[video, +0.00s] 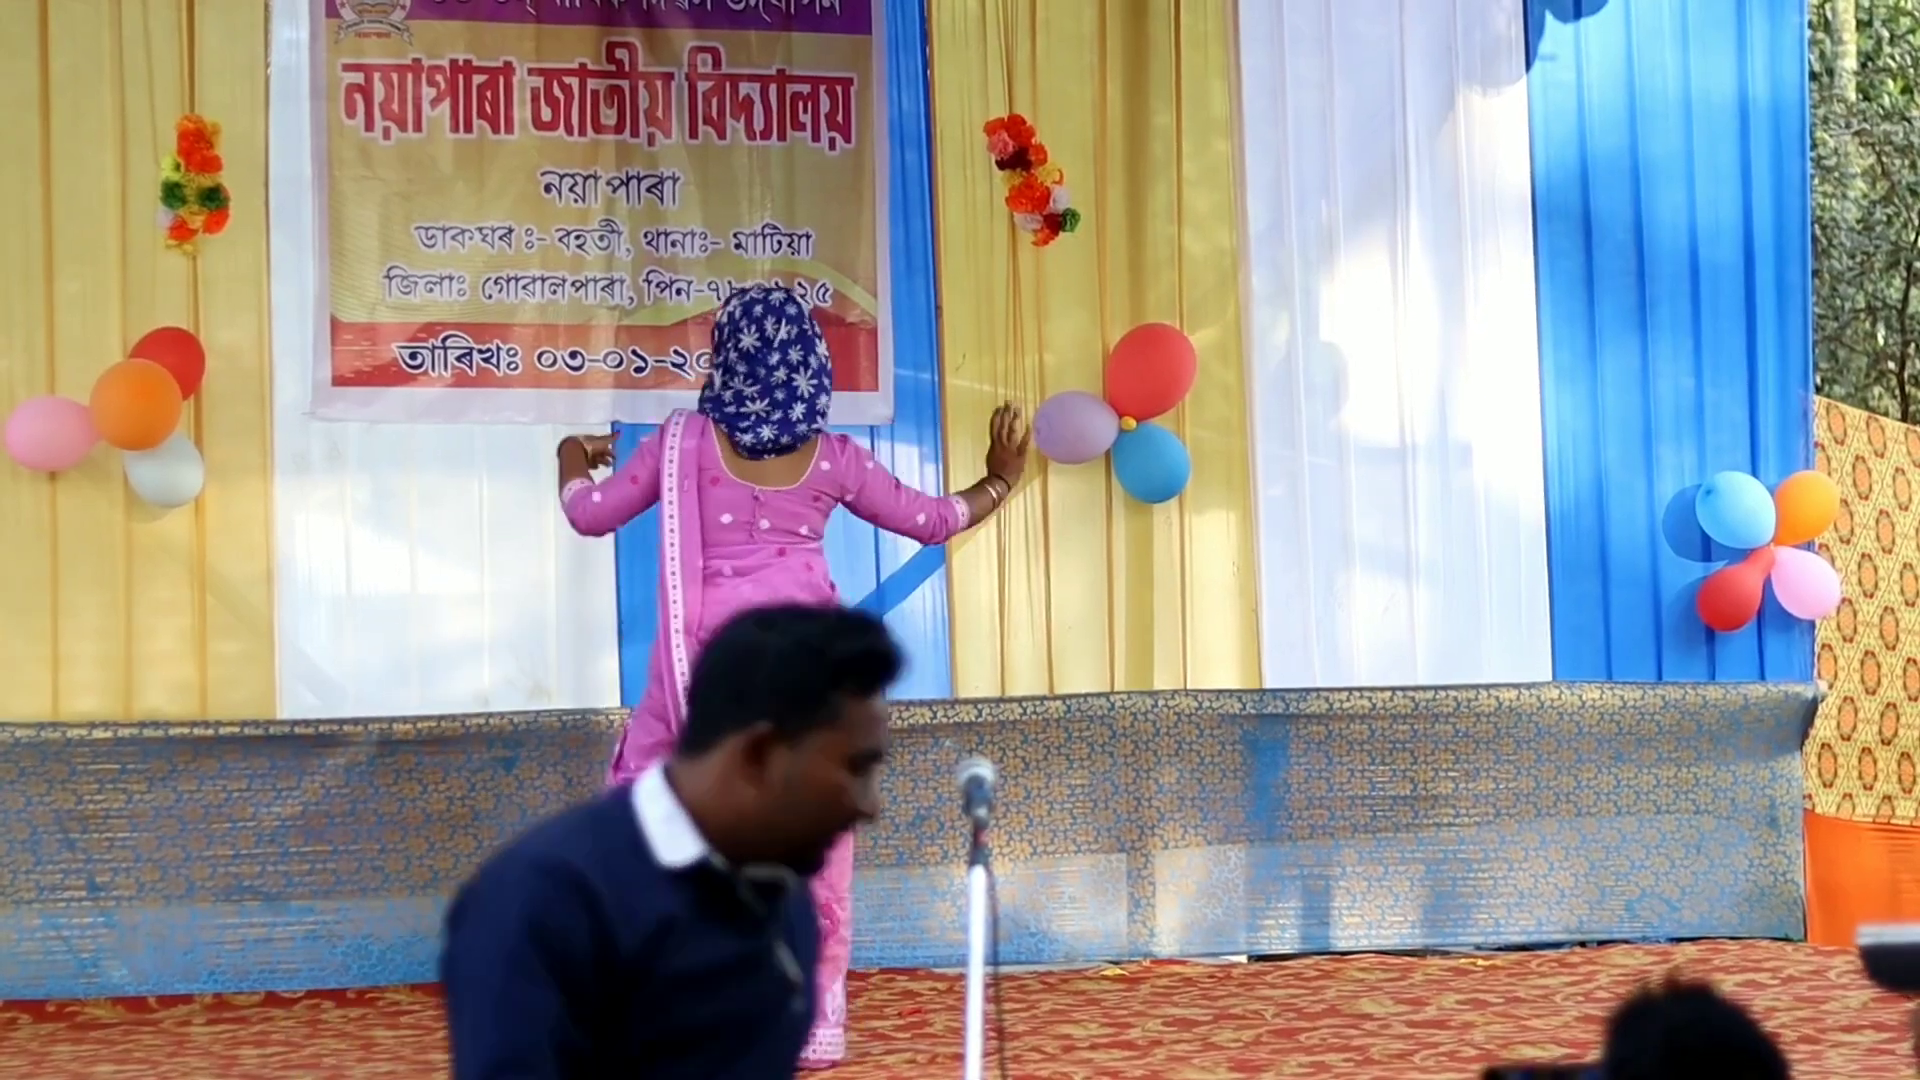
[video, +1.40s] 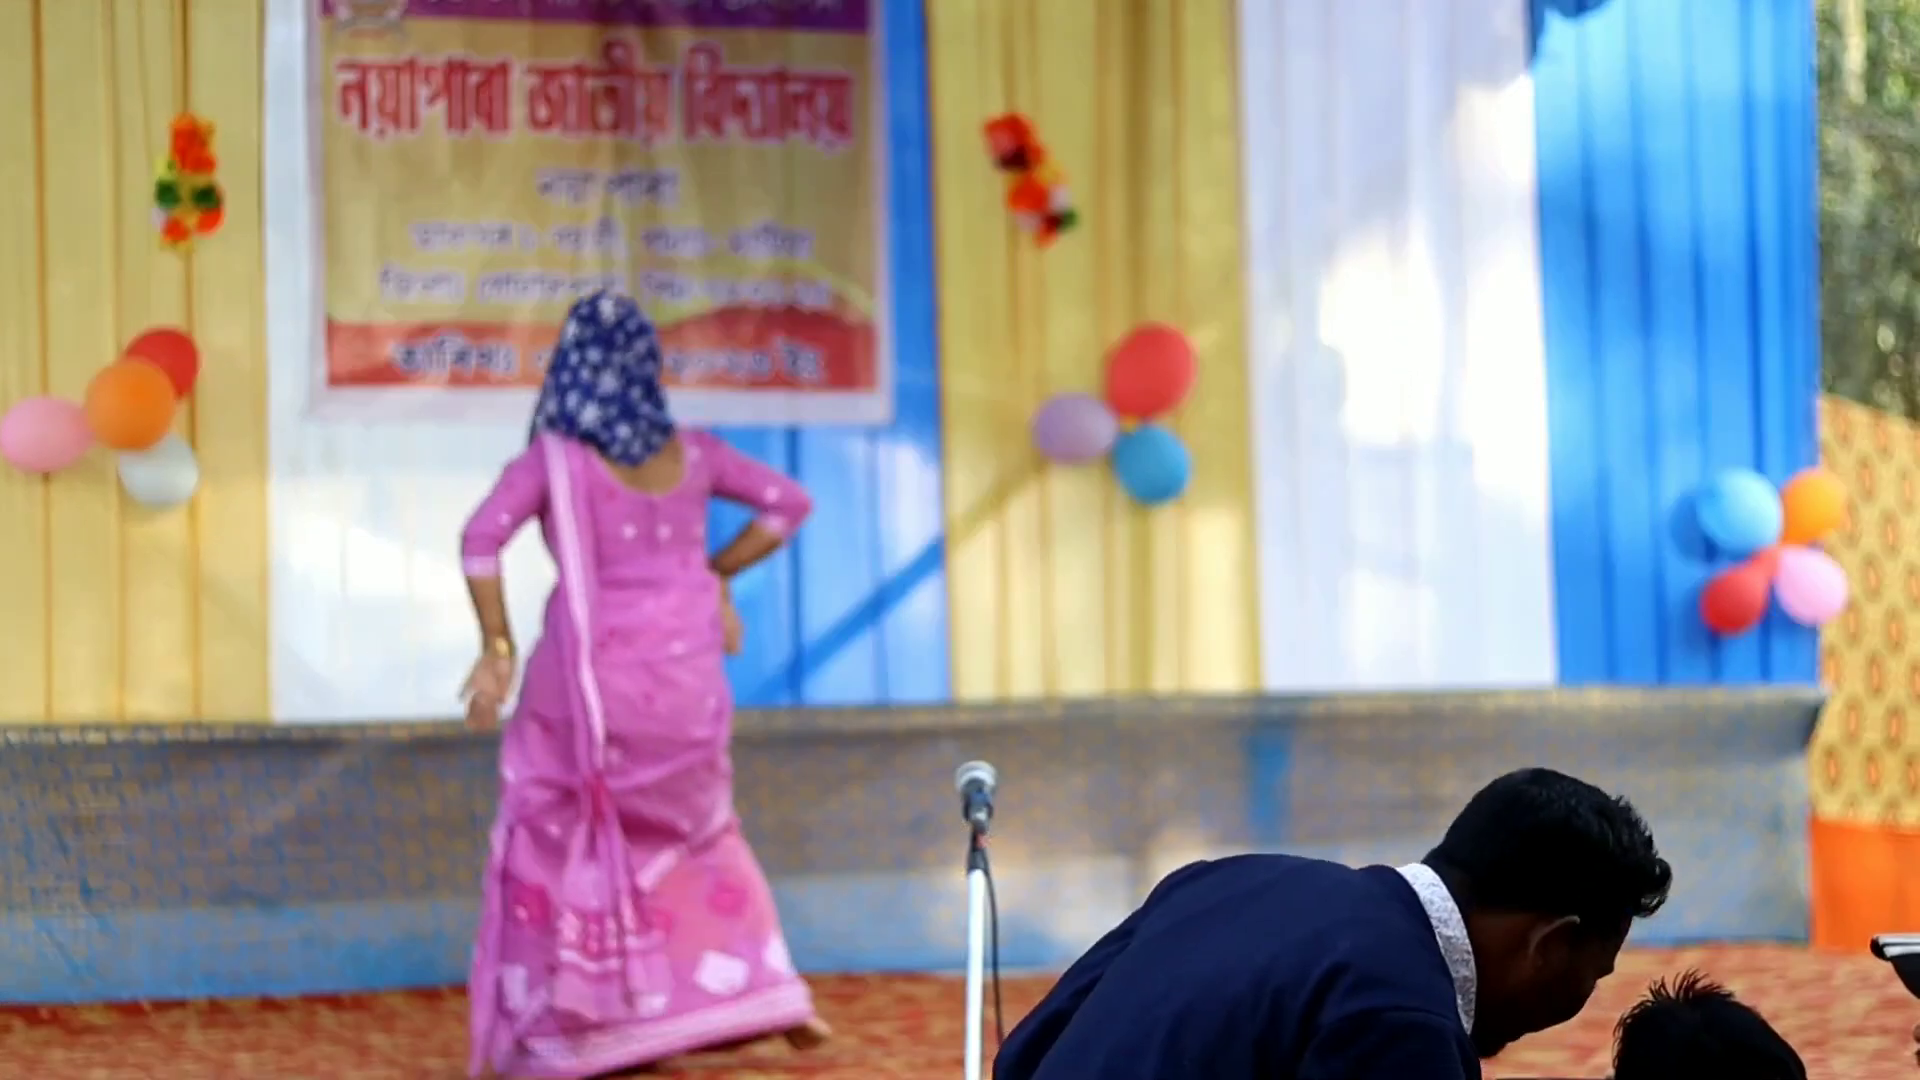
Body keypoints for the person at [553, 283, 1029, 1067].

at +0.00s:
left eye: (716, 352)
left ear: (722, 361)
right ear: (812, 366)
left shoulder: (679, 443)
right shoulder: (832, 458)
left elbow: (590, 514)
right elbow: (934, 519)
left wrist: (572, 467)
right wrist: (1000, 484)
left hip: (694, 671)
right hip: (802, 669)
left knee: (641, 814)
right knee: (819, 838)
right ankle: (816, 1028)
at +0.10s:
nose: (681, 342)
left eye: (690, 329)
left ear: (699, 337)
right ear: (785, 338)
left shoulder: (662, 419)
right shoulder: (814, 425)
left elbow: (569, 488)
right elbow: (908, 474)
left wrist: (578, 401)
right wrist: (1002, 509)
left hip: (662, 650)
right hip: (767, 650)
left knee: (591, 814)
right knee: (757, 828)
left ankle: (566, 1013)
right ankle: (765, 1010)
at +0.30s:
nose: (643, 352)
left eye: (650, 341)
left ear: (657, 351)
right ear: (733, 348)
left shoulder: (627, 435)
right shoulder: (770, 439)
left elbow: (530, 494)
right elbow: (858, 512)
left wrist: (555, 407)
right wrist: (949, 551)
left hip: (624, 660)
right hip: (726, 666)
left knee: (591, 816)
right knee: (714, 835)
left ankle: (589, 1017)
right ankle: (711, 1013)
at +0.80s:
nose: (604, 342)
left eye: (609, 330)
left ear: (616, 338)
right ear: (695, 331)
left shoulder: (601, 421)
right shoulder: (744, 423)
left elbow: (513, 504)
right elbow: (787, 527)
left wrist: (504, 418)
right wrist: (856, 545)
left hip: (622, 650)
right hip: (721, 651)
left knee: (592, 813)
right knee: (731, 822)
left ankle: (584, 1009)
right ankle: (772, 1012)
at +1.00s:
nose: (569, 342)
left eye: (576, 329)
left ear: (583, 338)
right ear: (662, 338)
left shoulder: (562, 421)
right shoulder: (701, 427)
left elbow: (482, 500)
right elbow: (785, 519)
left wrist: (440, 490)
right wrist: (762, 581)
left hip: (568, 655)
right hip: (669, 655)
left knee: (548, 821)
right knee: (696, 824)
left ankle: (554, 1023)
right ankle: (775, 1008)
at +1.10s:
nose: (549, 345)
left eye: (557, 332)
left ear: (567, 343)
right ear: (646, 343)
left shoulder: (548, 422)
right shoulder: (681, 430)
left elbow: (442, 499)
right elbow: (763, 508)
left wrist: (413, 594)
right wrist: (699, 579)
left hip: (561, 656)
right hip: (662, 658)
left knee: (547, 824)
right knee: (677, 824)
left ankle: (553, 1021)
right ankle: (765, 1005)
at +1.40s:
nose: (562, 374)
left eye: (565, 360)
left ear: (569, 369)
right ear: (651, 368)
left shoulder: (554, 457)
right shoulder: (692, 452)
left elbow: (480, 539)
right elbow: (789, 505)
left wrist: (496, 646)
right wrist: (718, 571)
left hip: (584, 683)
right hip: (686, 681)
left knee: (549, 833)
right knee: (710, 829)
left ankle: (557, 1020)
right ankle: (780, 995)